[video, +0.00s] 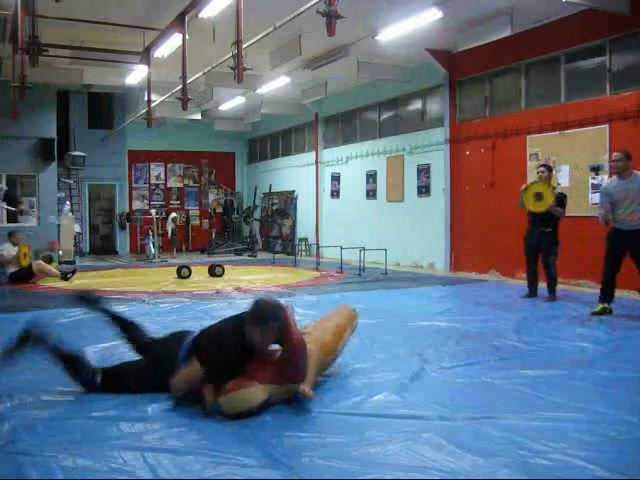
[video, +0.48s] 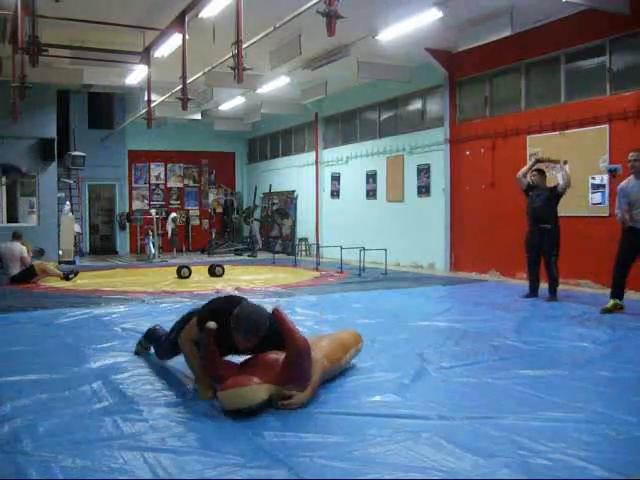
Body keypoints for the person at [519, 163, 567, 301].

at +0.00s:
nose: (540, 175)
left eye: (543, 172)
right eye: (538, 172)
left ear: (550, 174)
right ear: (537, 175)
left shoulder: (558, 194)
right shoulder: (533, 191)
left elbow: (561, 213)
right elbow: (523, 206)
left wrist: (551, 207)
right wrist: (523, 194)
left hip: (549, 231)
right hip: (533, 230)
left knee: (549, 263)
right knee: (531, 262)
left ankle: (552, 292)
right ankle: (532, 290)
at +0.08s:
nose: (542, 178)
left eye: (545, 175)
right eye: (539, 175)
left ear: (551, 177)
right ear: (536, 176)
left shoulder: (558, 194)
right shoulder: (533, 192)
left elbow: (560, 212)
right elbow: (521, 200)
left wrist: (554, 198)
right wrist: (525, 186)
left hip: (549, 233)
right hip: (532, 232)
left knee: (550, 264)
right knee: (531, 264)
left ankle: (552, 292)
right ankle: (532, 290)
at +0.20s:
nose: (543, 183)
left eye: (546, 181)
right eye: (541, 181)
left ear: (551, 182)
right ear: (536, 182)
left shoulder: (557, 195)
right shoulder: (532, 192)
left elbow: (560, 209)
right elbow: (519, 194)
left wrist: (555, 193)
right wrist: (526, 181)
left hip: (549, 233)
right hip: (532, 232)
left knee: (550, 264)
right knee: (531, 264)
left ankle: (552, 293)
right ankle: (532, 291)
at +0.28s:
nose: (543, 175)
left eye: (547, 172)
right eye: (541, 172)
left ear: (551, 176)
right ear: (537, 175)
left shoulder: (554, 191)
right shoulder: (532, 190)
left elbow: (562, 203)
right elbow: (519, 184)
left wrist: (558, 185)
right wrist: (529, 171)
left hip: (548, 229)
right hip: (533, 227)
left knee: (549, 262)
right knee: (531, 261)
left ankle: (552, 291)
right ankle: (532, 290)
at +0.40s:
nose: (535, 178)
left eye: (538, 175)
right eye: (534, 176)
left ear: (544, 178)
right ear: (533, 179)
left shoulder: (553, 192)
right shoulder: (531, 191)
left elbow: (565, 193)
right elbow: (519, 180)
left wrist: (560, 176)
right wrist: (530, 167)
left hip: (548, 229)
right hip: (533, 229)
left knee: (550, 263)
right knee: (532, 262)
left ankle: (552, 292)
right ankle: (533, 290)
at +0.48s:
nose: (532, 178)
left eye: (535, 175)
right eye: (531, 175)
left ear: (543, 177)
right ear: (530, 179)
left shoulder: (554, 192)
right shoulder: (530, 191)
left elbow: (566, 184)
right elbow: (520, 177)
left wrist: (564, 169)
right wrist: (532, 162)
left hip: (550, 228)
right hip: (534, 228)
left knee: (550, 261)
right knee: (532, 261)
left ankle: (553, 292)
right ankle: (533, 290)